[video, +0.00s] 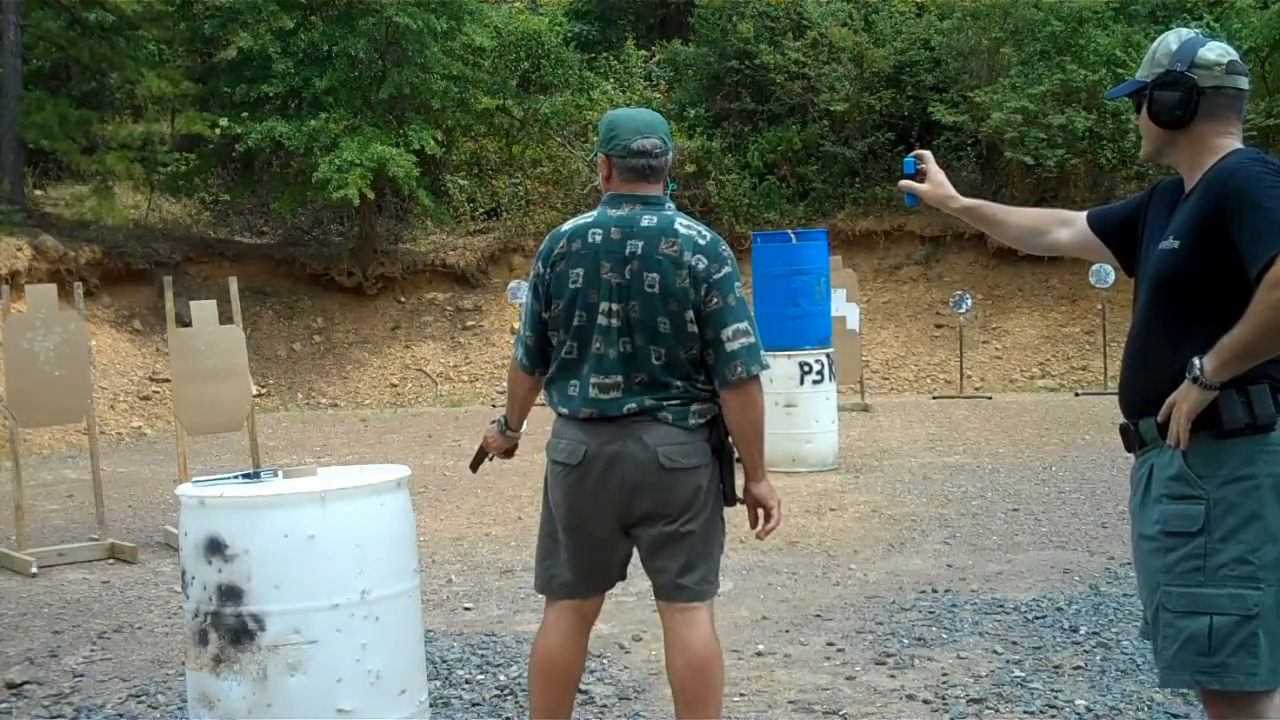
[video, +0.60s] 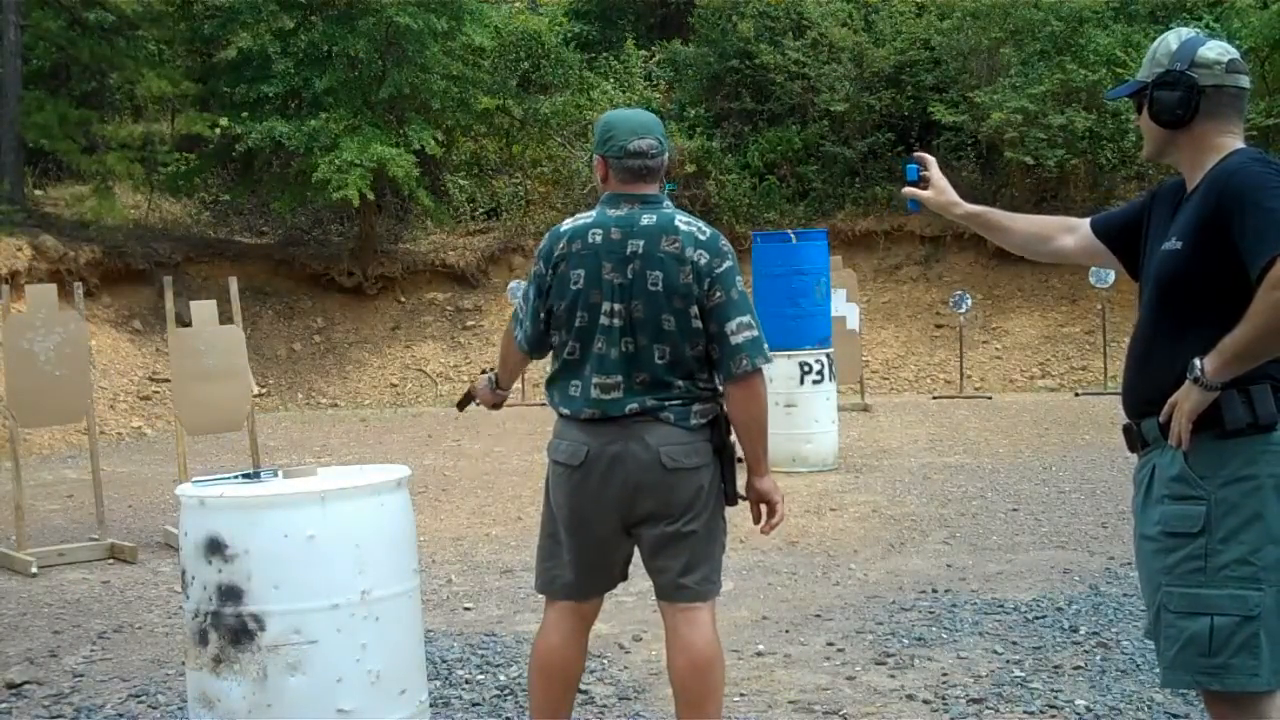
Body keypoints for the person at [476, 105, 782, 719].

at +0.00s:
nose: (597, 171)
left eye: (598, 163)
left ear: (605, 169)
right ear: (669, 169)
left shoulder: (561, 244)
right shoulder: (704, 248)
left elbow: (530, 357)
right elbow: (738, 375)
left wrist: (509, 425)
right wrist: (756, 473)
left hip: (582, 452)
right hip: (678, 452)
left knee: (568, 607)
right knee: (688, 610)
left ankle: (547, 715)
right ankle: (700, 715)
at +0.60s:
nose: (593, 171)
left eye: (594, 163)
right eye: (597, 162)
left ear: (602, 169)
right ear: (666, 168)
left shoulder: (563, 242)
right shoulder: (705, 245)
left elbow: (525, 333)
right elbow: (743, 370)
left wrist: (500, 383)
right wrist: (759, 469)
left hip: (583, 451)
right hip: (680, 452)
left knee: (567, 607)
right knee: (690, 610)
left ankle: (547, 715)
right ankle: (701, 715)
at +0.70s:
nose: (588, 171)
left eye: (589, 164)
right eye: (591, 163)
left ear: (597, 169)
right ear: (659, 166)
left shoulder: (562, 239)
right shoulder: (704, 243)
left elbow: (514, 301)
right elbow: (746, 365)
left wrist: (485, 312)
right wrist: (766, 464)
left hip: (586, 451)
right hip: (682, 452)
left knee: (568, 607)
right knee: (691, 611)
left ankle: (546, 715)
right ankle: (701, 715)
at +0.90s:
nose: (581, 169)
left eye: (581, 162)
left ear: (588, 170)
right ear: (652, 167)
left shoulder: (561, 230)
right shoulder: (700, 242)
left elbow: (508, 242)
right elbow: (745, 362)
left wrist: (487, 230)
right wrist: (770, 459)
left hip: (585, 446)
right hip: (680, 451)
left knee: (569, 608)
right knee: (690, 611)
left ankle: (547, 715)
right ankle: (702, 715)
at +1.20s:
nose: (582, 170)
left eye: (582, 163)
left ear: (589, 170)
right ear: (653, 168)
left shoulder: (561, 230)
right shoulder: (699, 241)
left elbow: (510, 244)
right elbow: (741, 364)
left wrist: (489, 233)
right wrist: (765, 460)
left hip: (583, 447)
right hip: (678, 451)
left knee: (568, 608)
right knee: (690, 612)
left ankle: (547, 715)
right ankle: (702, 715)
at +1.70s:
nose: (582, 170)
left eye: (582, 164)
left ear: (586, 171)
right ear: (650, 167)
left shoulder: (557, 230)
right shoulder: (694, 239)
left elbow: (509, 241)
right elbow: (738, 361)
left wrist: (490, 229)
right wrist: (766, 458)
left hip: (581, 446)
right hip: (676, 450)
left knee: (568, 607)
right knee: (690, 612)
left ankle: (548, 715)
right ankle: (702, 715)